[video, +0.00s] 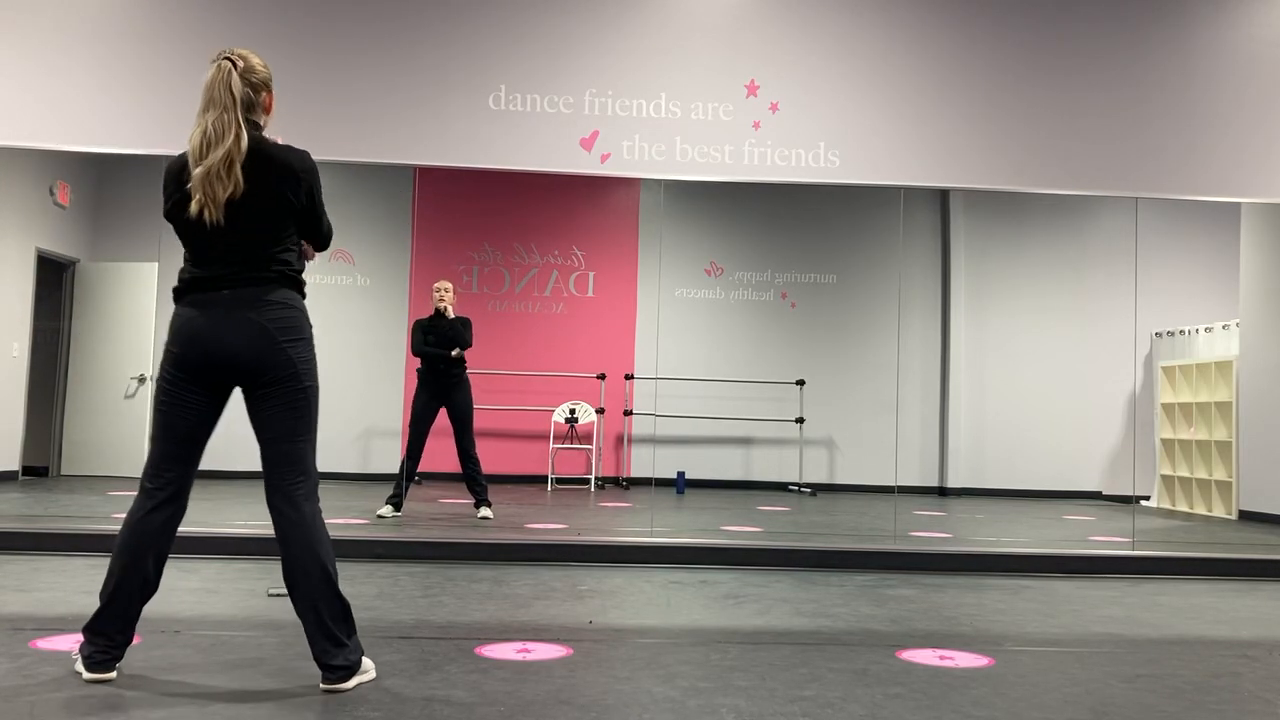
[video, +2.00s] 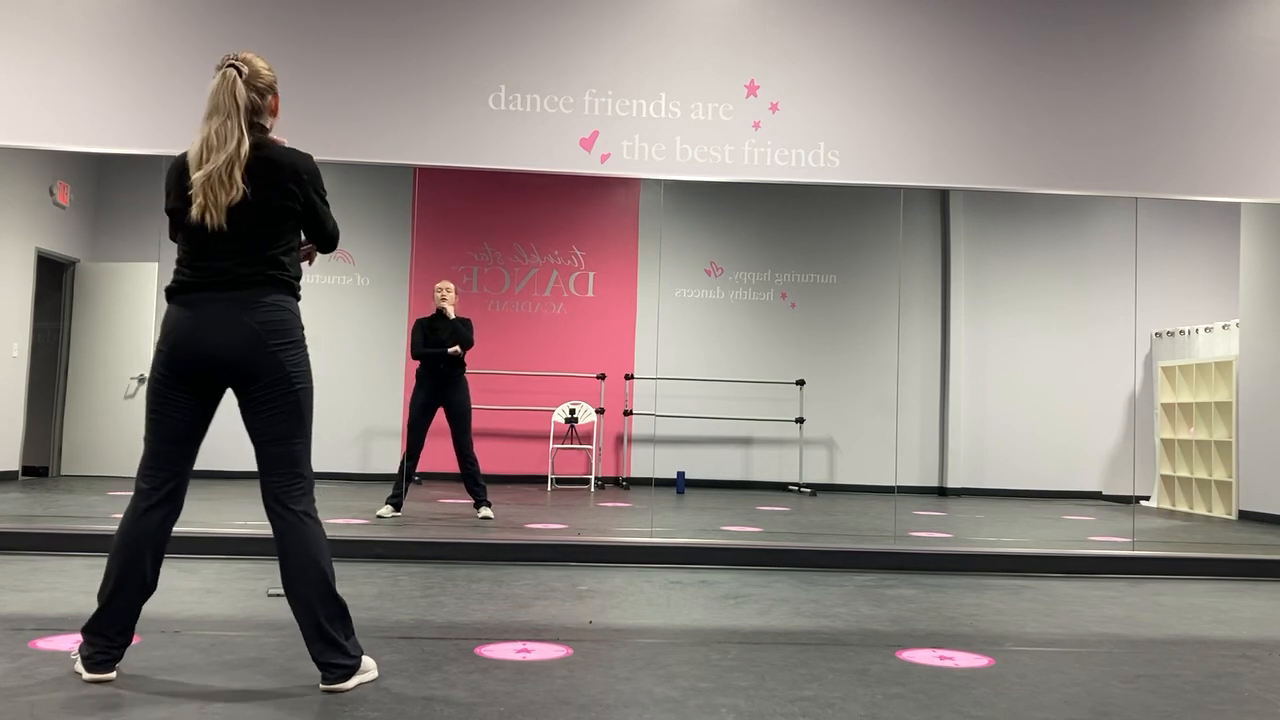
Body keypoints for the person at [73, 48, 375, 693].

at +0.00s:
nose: (277, 104)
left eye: (274, 94)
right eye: (274, 95)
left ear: (211, 98)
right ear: (262, 101)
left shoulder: (180, 170)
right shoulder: (291, 164)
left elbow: (199, 237)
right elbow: (319, 236)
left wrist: (289, 240)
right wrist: (267, 231)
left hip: (195, 324)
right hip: (275, 323)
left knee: (160, 488)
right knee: (294, 491)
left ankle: (101, 648)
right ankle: (338, 657)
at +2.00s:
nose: (282, 110)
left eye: (279, 100)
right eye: (281, 101)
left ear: (218, 102)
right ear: (270, 105)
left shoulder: (184, 166)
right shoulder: (291, 165)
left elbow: (185, 235)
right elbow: (327, 238)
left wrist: (285, 245)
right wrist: (290, 230)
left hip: (188, 326)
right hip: (268, 327)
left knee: (155, 489)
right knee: (291, 495)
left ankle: (100, 648)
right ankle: (338, 658)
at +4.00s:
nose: (288, 114)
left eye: (284, 103)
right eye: (286, 104)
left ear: (224, 107)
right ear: (275, 110)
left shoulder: (187, 166)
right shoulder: (298, 170)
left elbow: (196, 235)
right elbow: (327, 240)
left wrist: (288, 240)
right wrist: (277, 237)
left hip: (180, 324)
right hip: (261, 327)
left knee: (150, 490)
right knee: (288, 498)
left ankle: (100, 649)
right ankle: (338, 659)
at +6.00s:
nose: (283, 113)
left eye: (279, 103)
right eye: (282, 103)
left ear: (219, 109)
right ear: (272, 109)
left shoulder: (186, 170)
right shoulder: (296, 171)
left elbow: (201, 241)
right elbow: (330, 237)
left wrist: (296, 247)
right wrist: (292, 243)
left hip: (183, 325)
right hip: (264, 325)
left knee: (152, 491)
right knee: (290, 498)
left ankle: (100, 649)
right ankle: (338, 658)